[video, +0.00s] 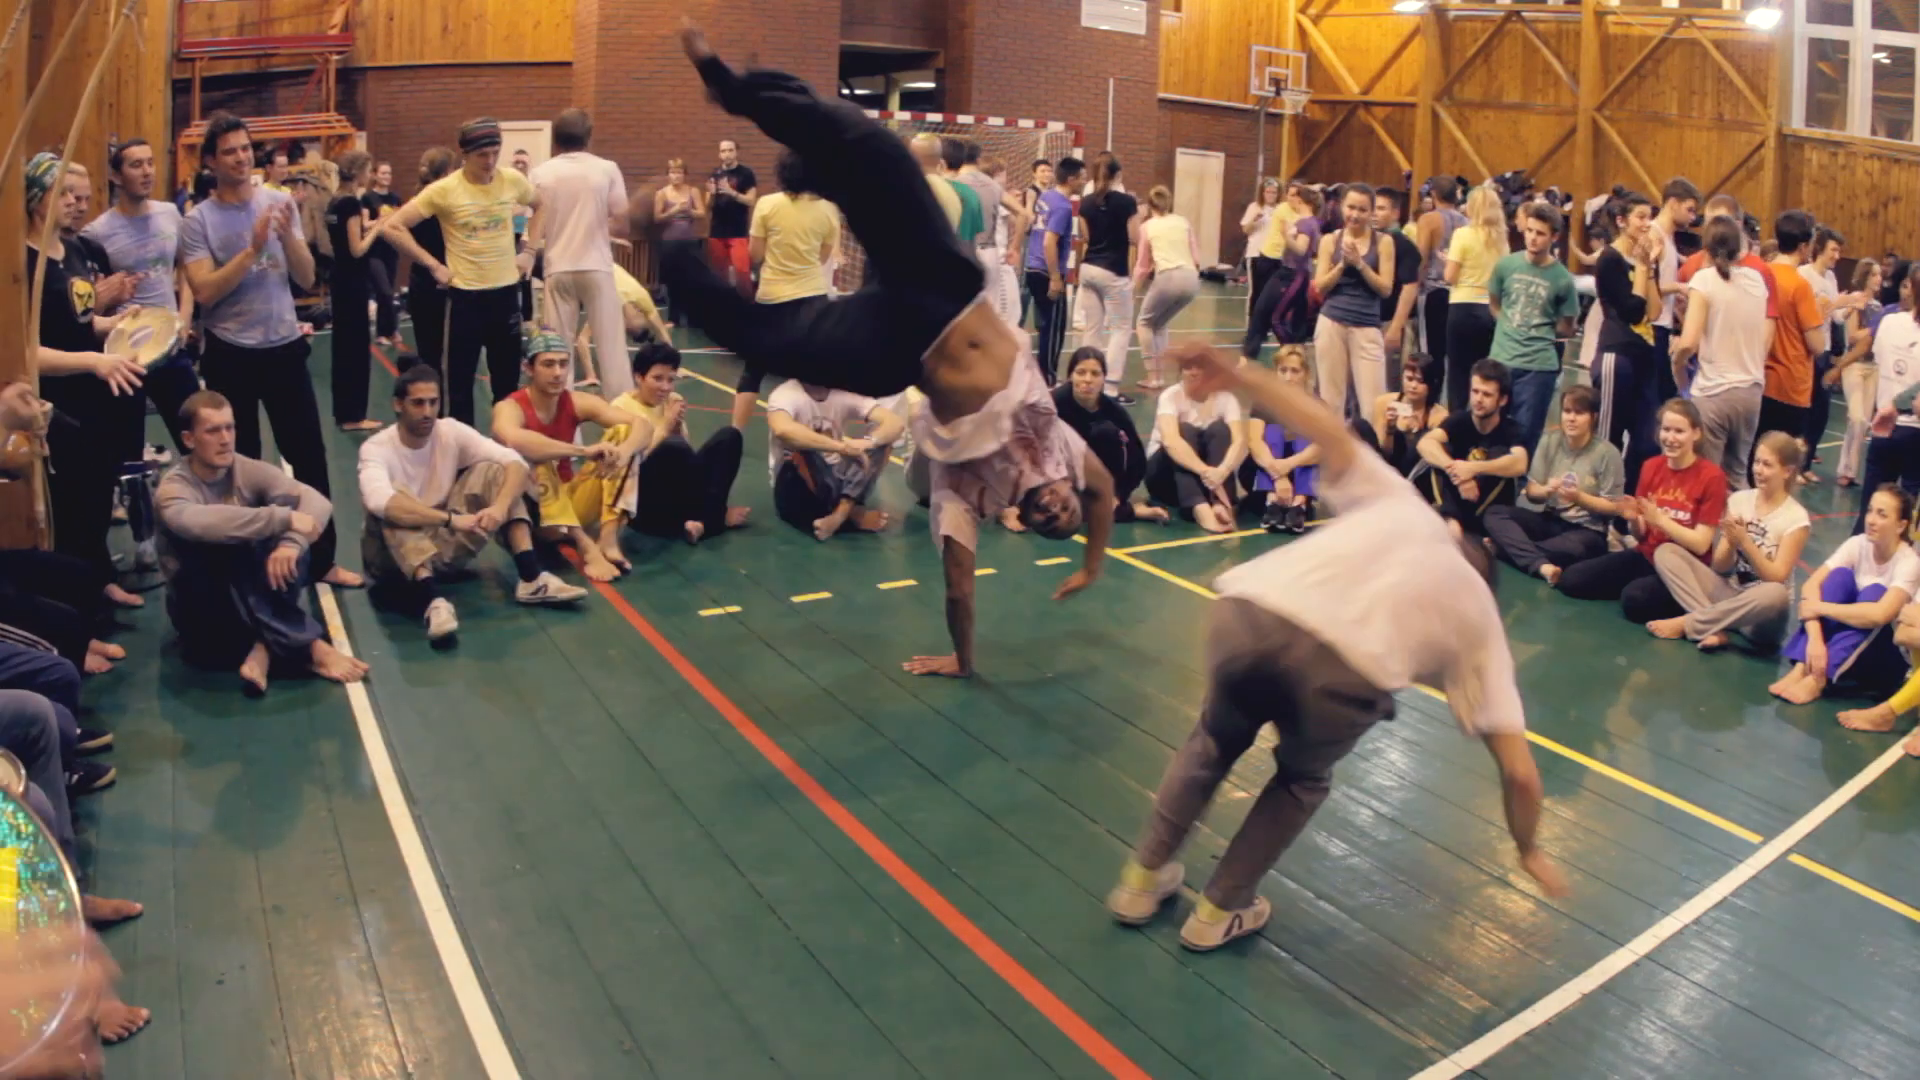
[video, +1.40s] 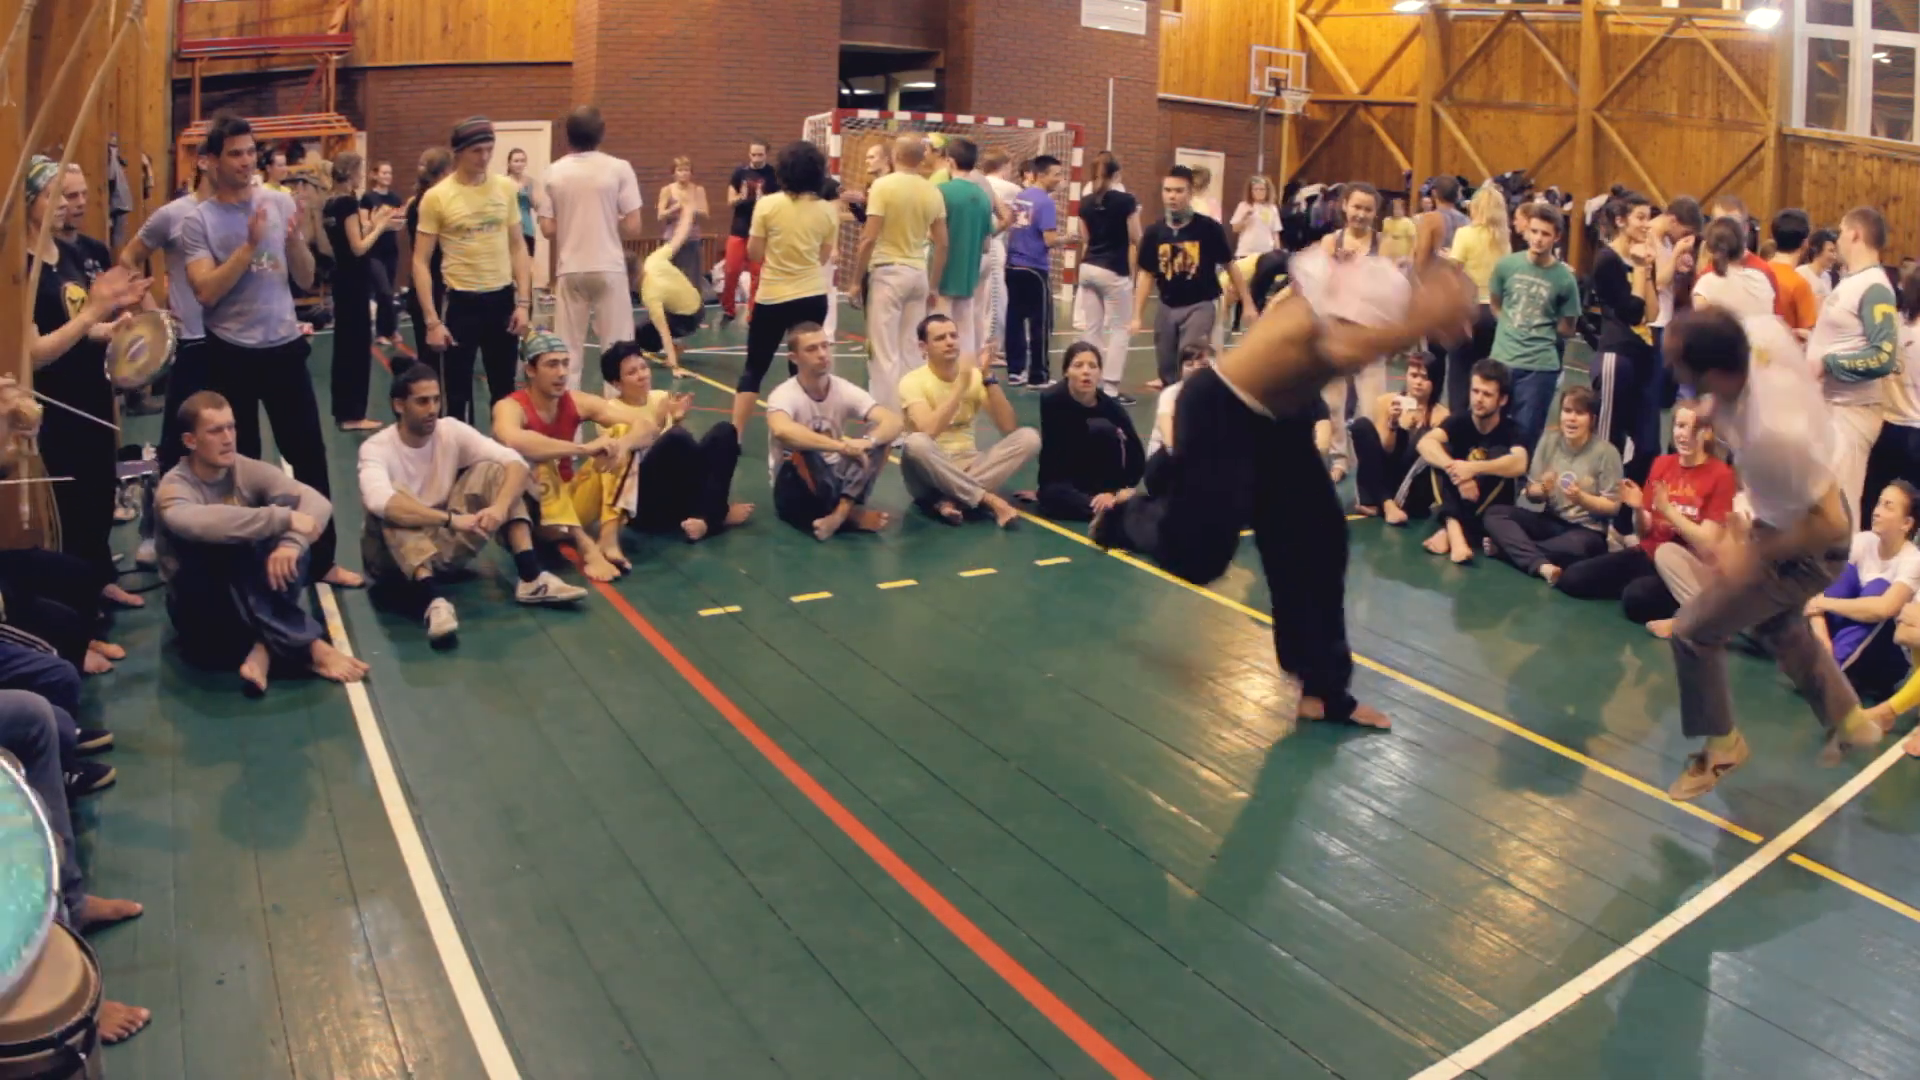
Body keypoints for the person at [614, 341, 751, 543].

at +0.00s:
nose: (665, 387)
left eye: (671, 380)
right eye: (658, 379)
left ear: (675, 381)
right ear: (638, 378)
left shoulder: (671, 405)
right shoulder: (620, 408)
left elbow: (685, 450)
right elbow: (632, 462)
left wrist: (676, 425)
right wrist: (665, 425)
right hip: (644, 512)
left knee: (730, 436)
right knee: (674, 449)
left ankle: (701, 521)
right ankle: (718, 515)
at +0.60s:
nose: (650, 388)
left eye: (654, 381)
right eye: (643, 381)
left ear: (659, 380)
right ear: (623, 382)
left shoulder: (659, 403)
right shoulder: (610, 409)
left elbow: (687, 440)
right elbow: (636, 446)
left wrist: (686, 402)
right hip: (642, 512)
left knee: (717, 428)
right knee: (673, 437)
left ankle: (700, 517)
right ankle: (713, 511)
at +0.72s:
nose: (647, 388)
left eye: (651, 381)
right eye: (639, 382)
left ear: (655, 380)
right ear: (619, 382)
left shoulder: (655, 406)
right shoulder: (606, 413)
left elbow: (684, 436)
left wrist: (683, 399)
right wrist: (657, 400)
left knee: (715, 425)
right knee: (673, 436)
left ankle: (701, 516)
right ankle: (712, 508)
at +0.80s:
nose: (645, 387)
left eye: (649, 379)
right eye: (637, 380)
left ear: (654, 379)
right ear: (616, 383)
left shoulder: (653, 407)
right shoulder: (605, 417)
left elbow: (682, 443)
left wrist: (676, 403)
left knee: (715, 425)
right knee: (673, 435)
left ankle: (699, 514)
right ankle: (712, 509)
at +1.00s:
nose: (639, 380)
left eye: (642, 372)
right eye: (630, 374)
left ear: (647, 373)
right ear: (612, 383)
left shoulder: (656, 403)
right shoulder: (603, 424)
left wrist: (673, 419)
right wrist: (718, 507)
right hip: (646, 514)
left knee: (718, 427)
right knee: (676, 436)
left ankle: (702, 515)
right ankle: (714, 510)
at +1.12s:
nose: (638, 376)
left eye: (640, 368)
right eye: (628, 373)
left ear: (645, 369)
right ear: (612, 384)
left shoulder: (658, 403)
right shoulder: (604, 420)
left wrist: (678, 417)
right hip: (646, 512)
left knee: (719, 428)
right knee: (677, 438)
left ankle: (701, 516)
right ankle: (718, 514)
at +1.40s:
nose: (642, 375)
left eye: (643, 368)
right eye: (632, 372)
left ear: (649, 368)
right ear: (617, 384)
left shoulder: (661, 400)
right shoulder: (610, 413)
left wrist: (676, 419)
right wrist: (661, 420)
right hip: (646, 512)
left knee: (725, 431)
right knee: (676, 439)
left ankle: (702, 516)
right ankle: (720, 513)